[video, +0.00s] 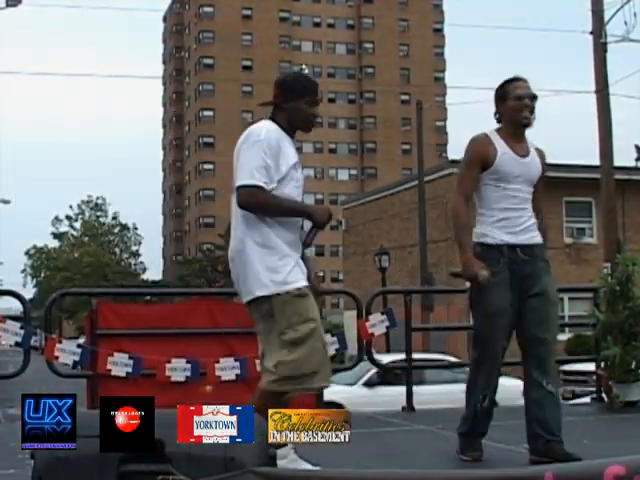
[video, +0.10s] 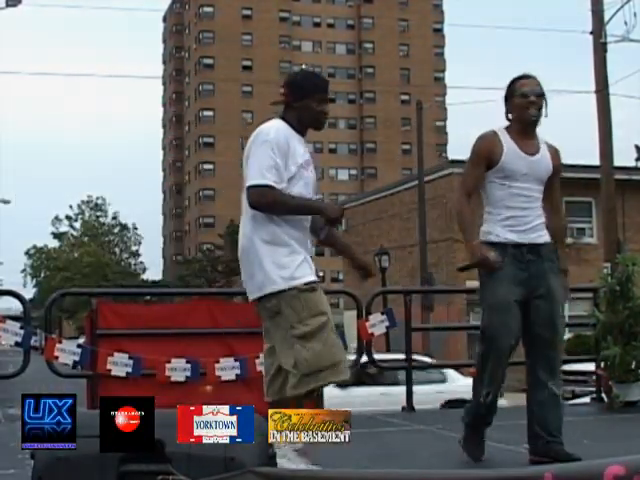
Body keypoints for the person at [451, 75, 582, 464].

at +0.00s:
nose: (528, 104)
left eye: (531, 98)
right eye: (519, 99)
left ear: (535, 106)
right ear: (500, 107)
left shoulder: (536, 157)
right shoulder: (483, 145)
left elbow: (536, 209)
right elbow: (462, 200)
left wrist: (544, 252)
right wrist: (467, 256)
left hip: (533, 257)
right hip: (492, 257)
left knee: (542, 352)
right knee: (490, 353)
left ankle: (545, 443)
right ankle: (471, 438)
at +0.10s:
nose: (533, 101)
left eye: (538, 96)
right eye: (524, 96)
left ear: (544, 104)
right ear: (508, 105)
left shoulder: (550, 155)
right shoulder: (490, 144)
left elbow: (554, 209)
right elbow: (465, 196)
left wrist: (559, 255)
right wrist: (473, 244)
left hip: (543, 258)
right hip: (501, 256)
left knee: (546, 352)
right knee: (500, 342)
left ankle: (546, 443)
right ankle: (477, 423)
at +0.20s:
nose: (535, 101)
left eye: (541, 95)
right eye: (527, 95)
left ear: (550, 102)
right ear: (513, 102)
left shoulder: (559, 151)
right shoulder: (493, 141)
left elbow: (573, 208)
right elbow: (467, 192)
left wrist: (582, 265)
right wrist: (482, 218)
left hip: (547, 257)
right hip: (504, 254)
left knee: (548, 349)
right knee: (502, 338)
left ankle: (545, 442)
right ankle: (486, 421)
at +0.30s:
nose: (536, 100)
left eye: (542, 93)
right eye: (528, 94)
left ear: (552, 99)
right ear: (515, 100)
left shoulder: (566, 147)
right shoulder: (496, 139)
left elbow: (586, 201)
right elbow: (468, 188)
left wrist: (600, 253)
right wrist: (491, 193)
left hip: (548, 256)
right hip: (503, 254)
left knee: (549, 351)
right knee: (502, 348)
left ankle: (546, 443)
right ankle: (495, 442)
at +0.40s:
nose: (532, 100)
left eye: (539, 93)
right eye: (525, 94)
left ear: (550, 99)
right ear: (513, 100)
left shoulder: (569, 143)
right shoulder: (497, 137)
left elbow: (594, 197)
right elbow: (471, 190)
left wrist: (612, 247)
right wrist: (502, 164)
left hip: (549, 254)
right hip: (503, 252)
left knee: (549, 349)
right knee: (502, 347)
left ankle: (547, 442)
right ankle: (505, 447)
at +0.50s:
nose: (526, 101)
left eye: (533, 94)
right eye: (518, 95)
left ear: (545, 97)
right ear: (507, 100)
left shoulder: (566, 142)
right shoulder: (493, 136)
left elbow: (595, 194)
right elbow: (473, 187)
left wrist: (615, 242)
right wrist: (508, 144)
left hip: (549, 254)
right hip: (503, 252)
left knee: (549, 350)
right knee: (504, 348)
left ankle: (547, 443)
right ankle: (509, 448)